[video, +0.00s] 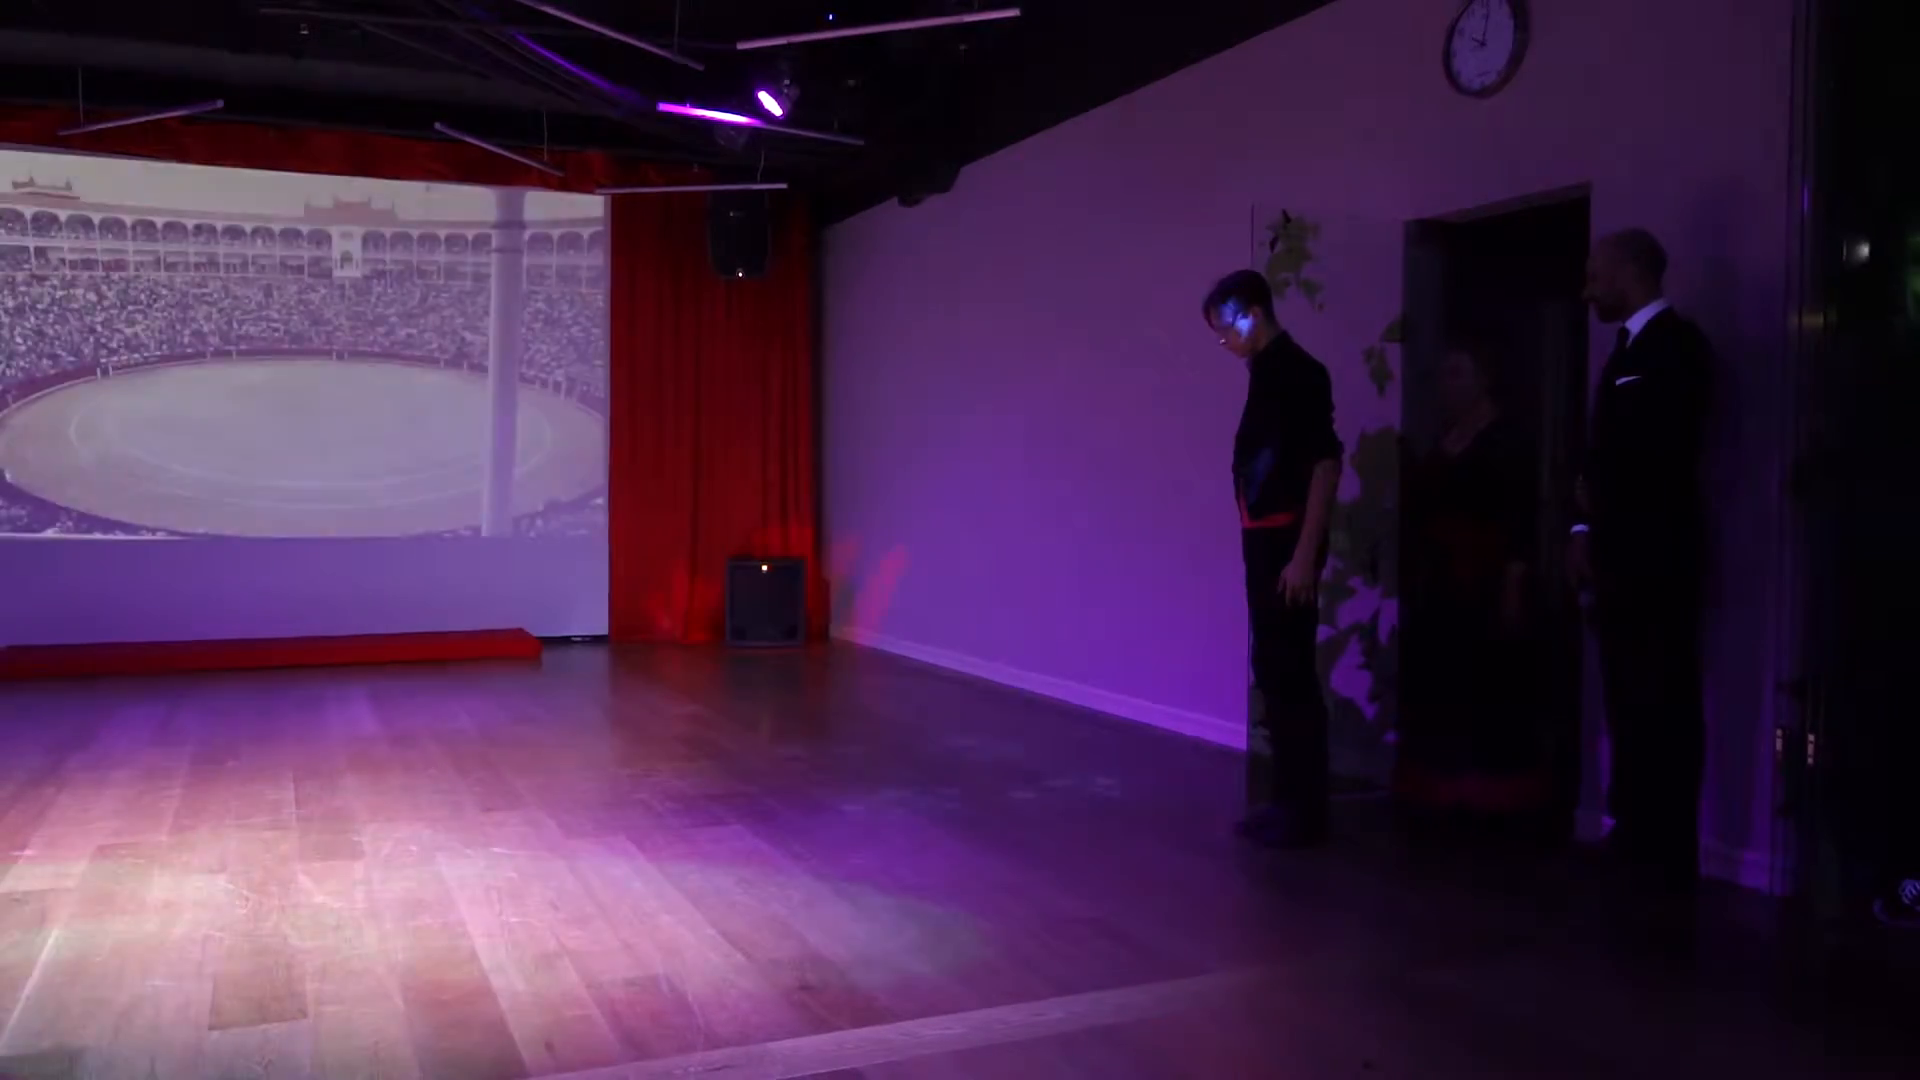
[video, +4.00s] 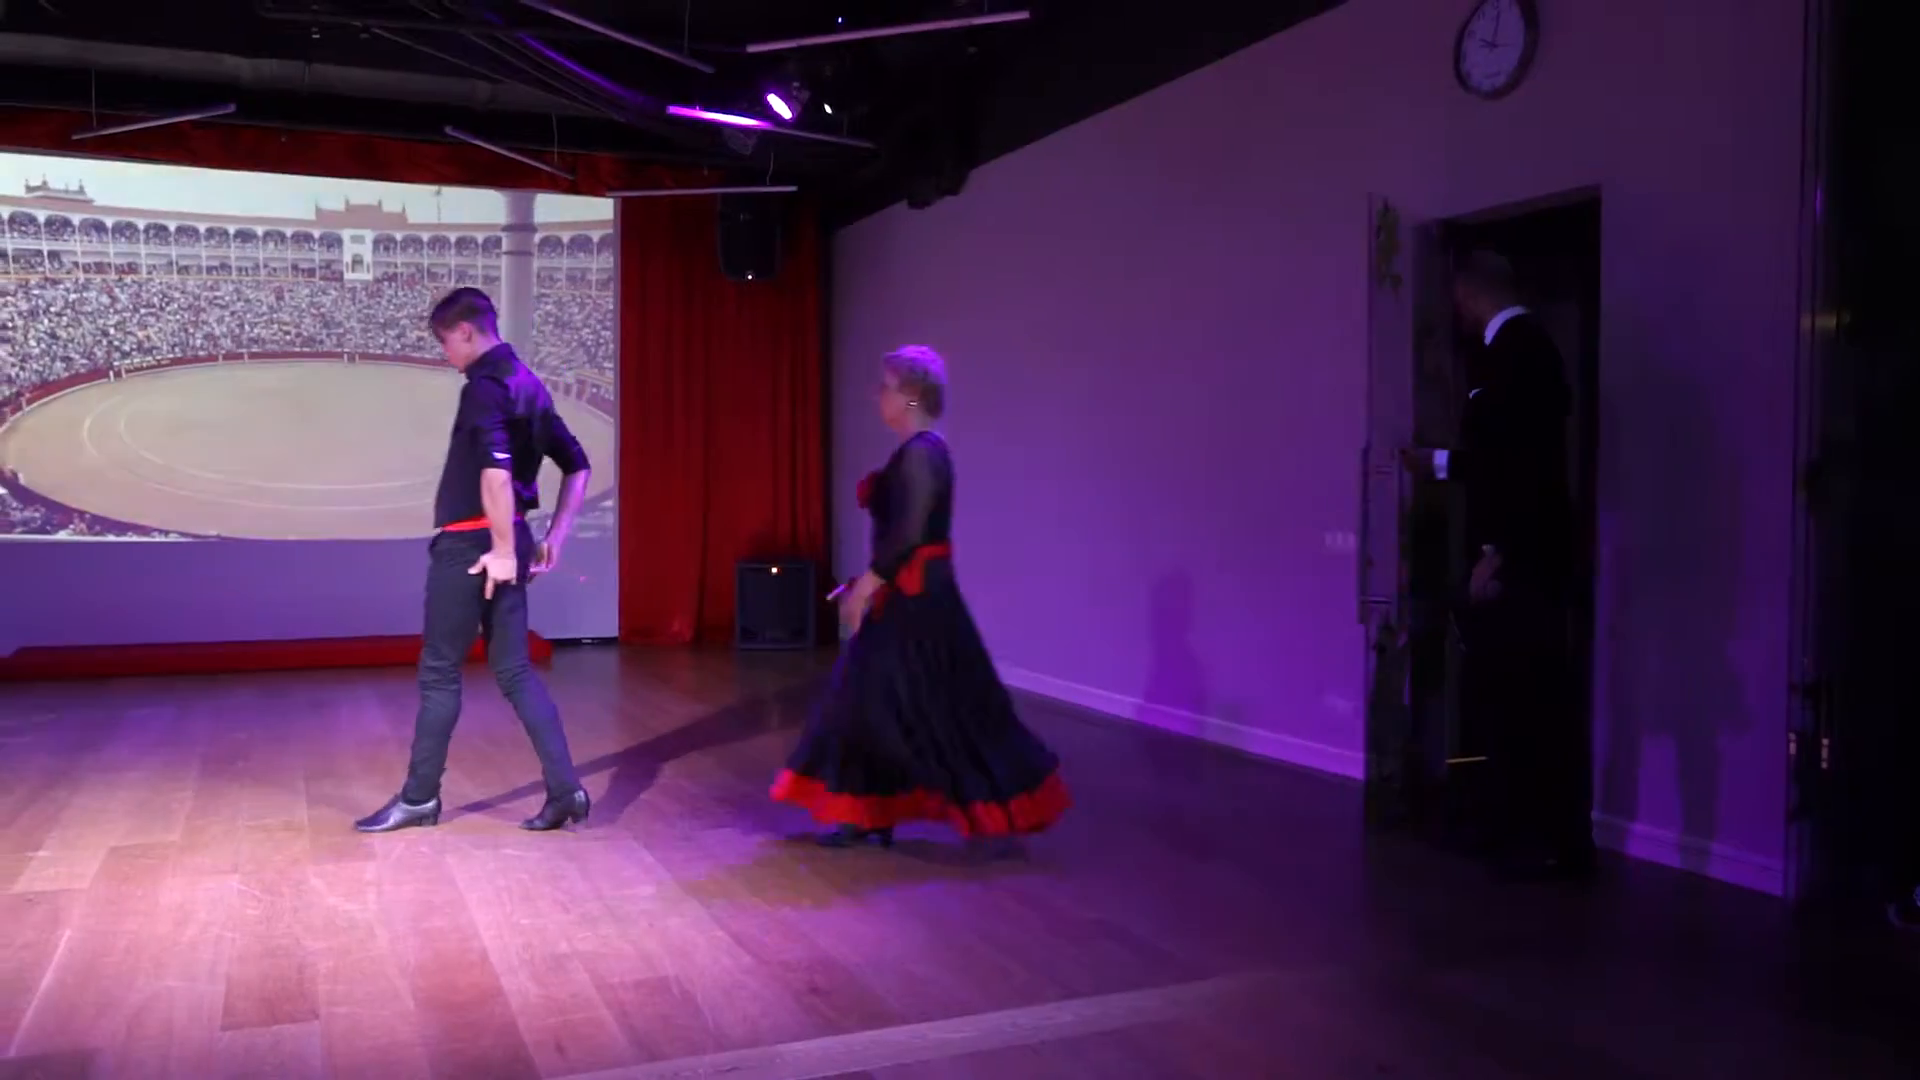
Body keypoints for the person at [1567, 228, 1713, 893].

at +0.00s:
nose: (1591, 286)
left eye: (1600, 271)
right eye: (1592, 272)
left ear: (1634, 275)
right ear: (1638, 275)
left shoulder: (1671, 349)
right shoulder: (1633, 349)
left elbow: (1647, 466)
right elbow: (1603, 458)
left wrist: (1606, 538)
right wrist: (1586, 528)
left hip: (1661, 556)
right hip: (1632, 554)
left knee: (1659, 706)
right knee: (1636, 706)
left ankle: (1660, 852)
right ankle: (1638, 846)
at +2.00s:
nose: (1603, 288)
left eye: (1611, 275)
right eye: (1604, 275)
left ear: (1640, 278)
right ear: (1654, 277)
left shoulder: (1681, 355)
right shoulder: (1646, 351)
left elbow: (1654, 465)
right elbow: (1622, 453)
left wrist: (1599, 517)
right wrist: (1586, 507)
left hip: (1664, 558)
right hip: (1633, 554)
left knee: (1668, 702)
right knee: (1615, 700)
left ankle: (1675, 855)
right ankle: (1612, 848)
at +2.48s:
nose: (1534, 301)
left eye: (1541, 288)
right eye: (1535, 289)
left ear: (1570, 288)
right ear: (1584, 287)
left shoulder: (1598, 361)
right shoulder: (1601, 356)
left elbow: (1585, 470)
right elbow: (1584, 469)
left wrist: (1547, 525)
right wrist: (1546, 525)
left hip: (1595, 552)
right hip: (1590, 549)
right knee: (1634, 695)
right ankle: (1675, 847)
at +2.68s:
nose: (1483, 304)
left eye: (1490, 292)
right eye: (1484, 292)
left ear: (1520, 292)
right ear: (1526, 293)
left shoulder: (1562, 356)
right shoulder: (1537, 356)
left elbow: (1560, 466)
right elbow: (1545, 464)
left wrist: (1525, 539)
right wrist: (1518, 535)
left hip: (1567, 547)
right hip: (1553, 545)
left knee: (1598, 690)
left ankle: (1656, 842)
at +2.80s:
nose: (1460, 308)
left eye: (1465, 294)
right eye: (1460, 295)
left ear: (1492, 292)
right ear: (1497, 291)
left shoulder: (1547, 352)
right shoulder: (1498, 358)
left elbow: (1552, 459)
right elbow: (1445, 424)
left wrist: (1523, 537)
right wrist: (1356, 442)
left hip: (1556, 545)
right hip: (1516, 544)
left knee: (1580, 689)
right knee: (1503, 683)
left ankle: (1620, 838)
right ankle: (1504, 822)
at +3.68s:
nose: (1433, 305)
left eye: (1439, 290)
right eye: (1433, 292)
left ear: (1464, 288)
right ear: (1468, 286)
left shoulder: (1511, 351)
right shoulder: (1479, 352)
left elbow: (1513, 455)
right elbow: (1459, 451)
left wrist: (1511, 539)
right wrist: (1369, 456)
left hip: (1518, 558)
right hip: (1493, 555)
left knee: (1510, 695)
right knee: (1494, 693)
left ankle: (1521, 835)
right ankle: (1499, 828)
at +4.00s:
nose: (1459, 308)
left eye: (1460, 296)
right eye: (1460, 296)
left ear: (1473, 294)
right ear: (1506, 290)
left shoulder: (1511, 356)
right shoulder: (1527, 349)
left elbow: (1507, 463)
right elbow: (1508, 460)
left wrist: (1494, 548)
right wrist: (1444, 465)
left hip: (1521, 554)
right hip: (1530, 546)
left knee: (1511, 693)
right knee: (1521, 691)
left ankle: (1518, 830)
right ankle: (1524, 827)